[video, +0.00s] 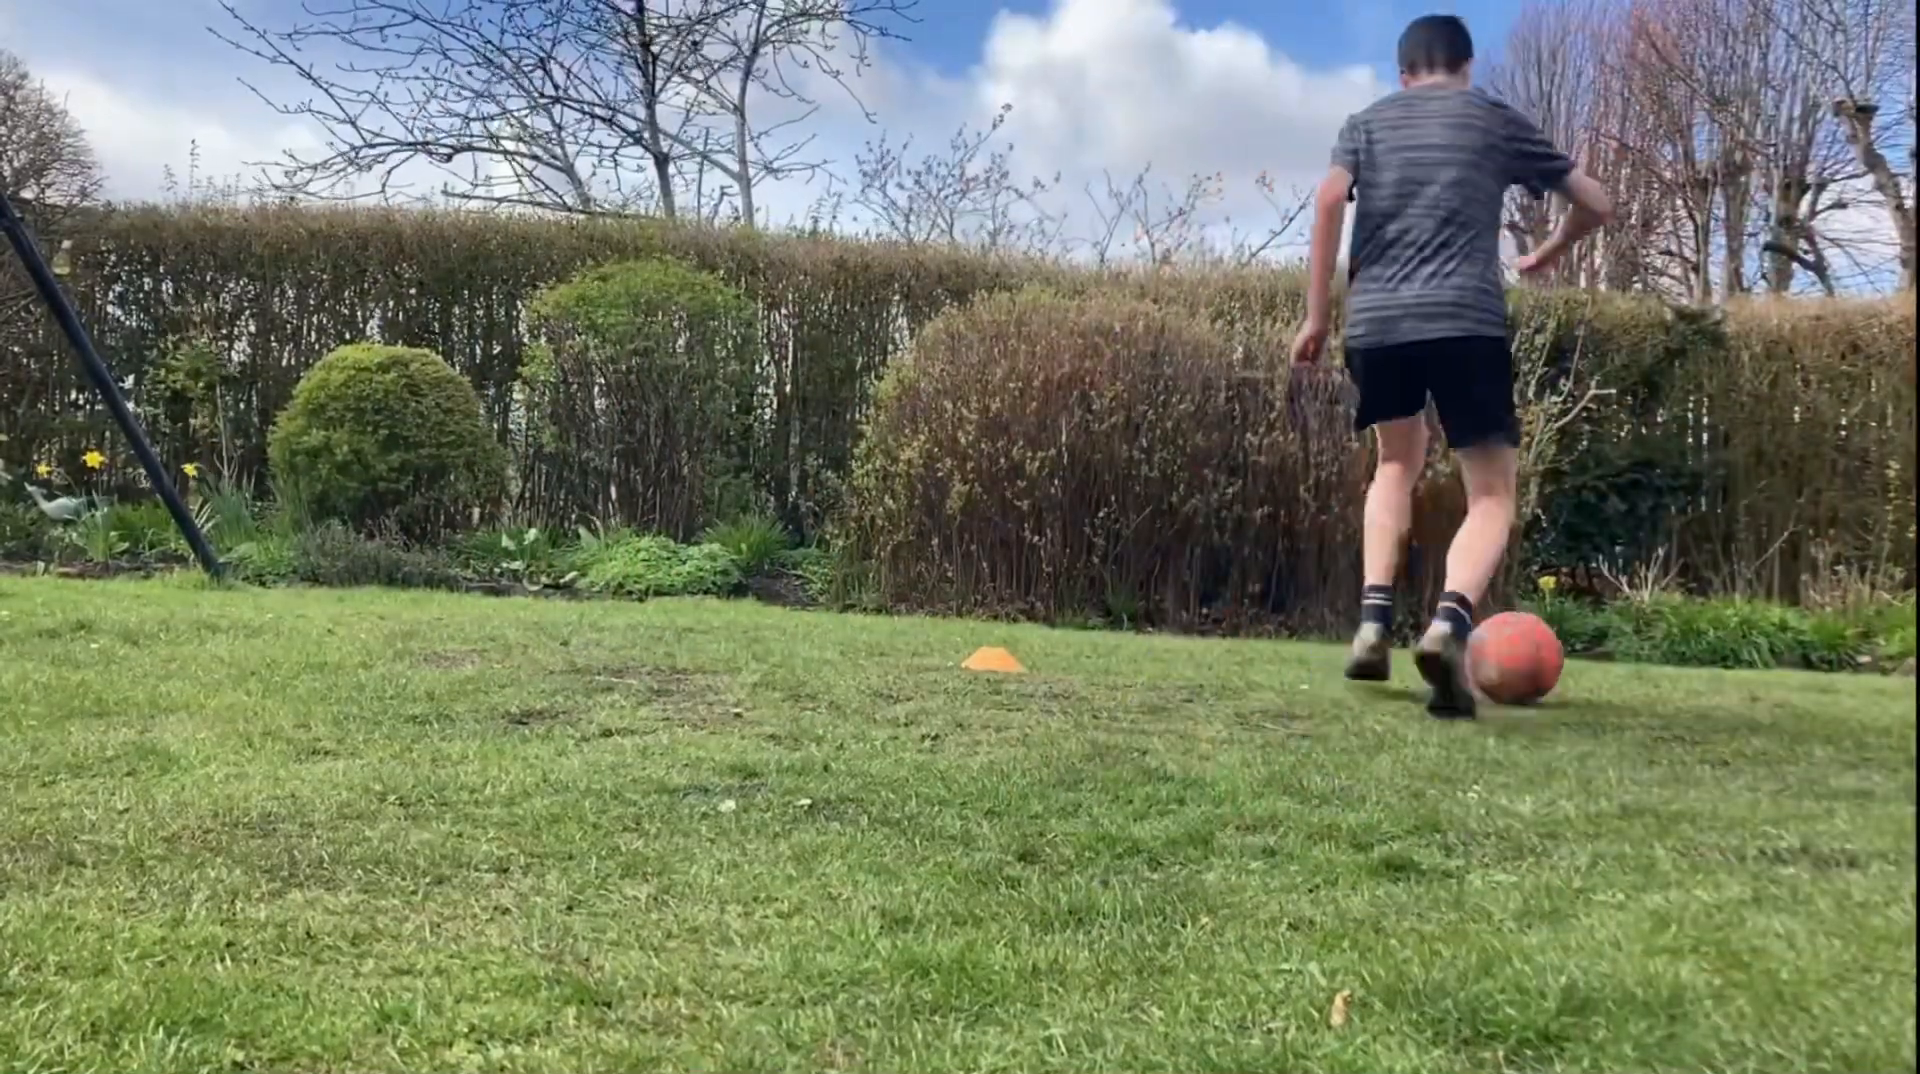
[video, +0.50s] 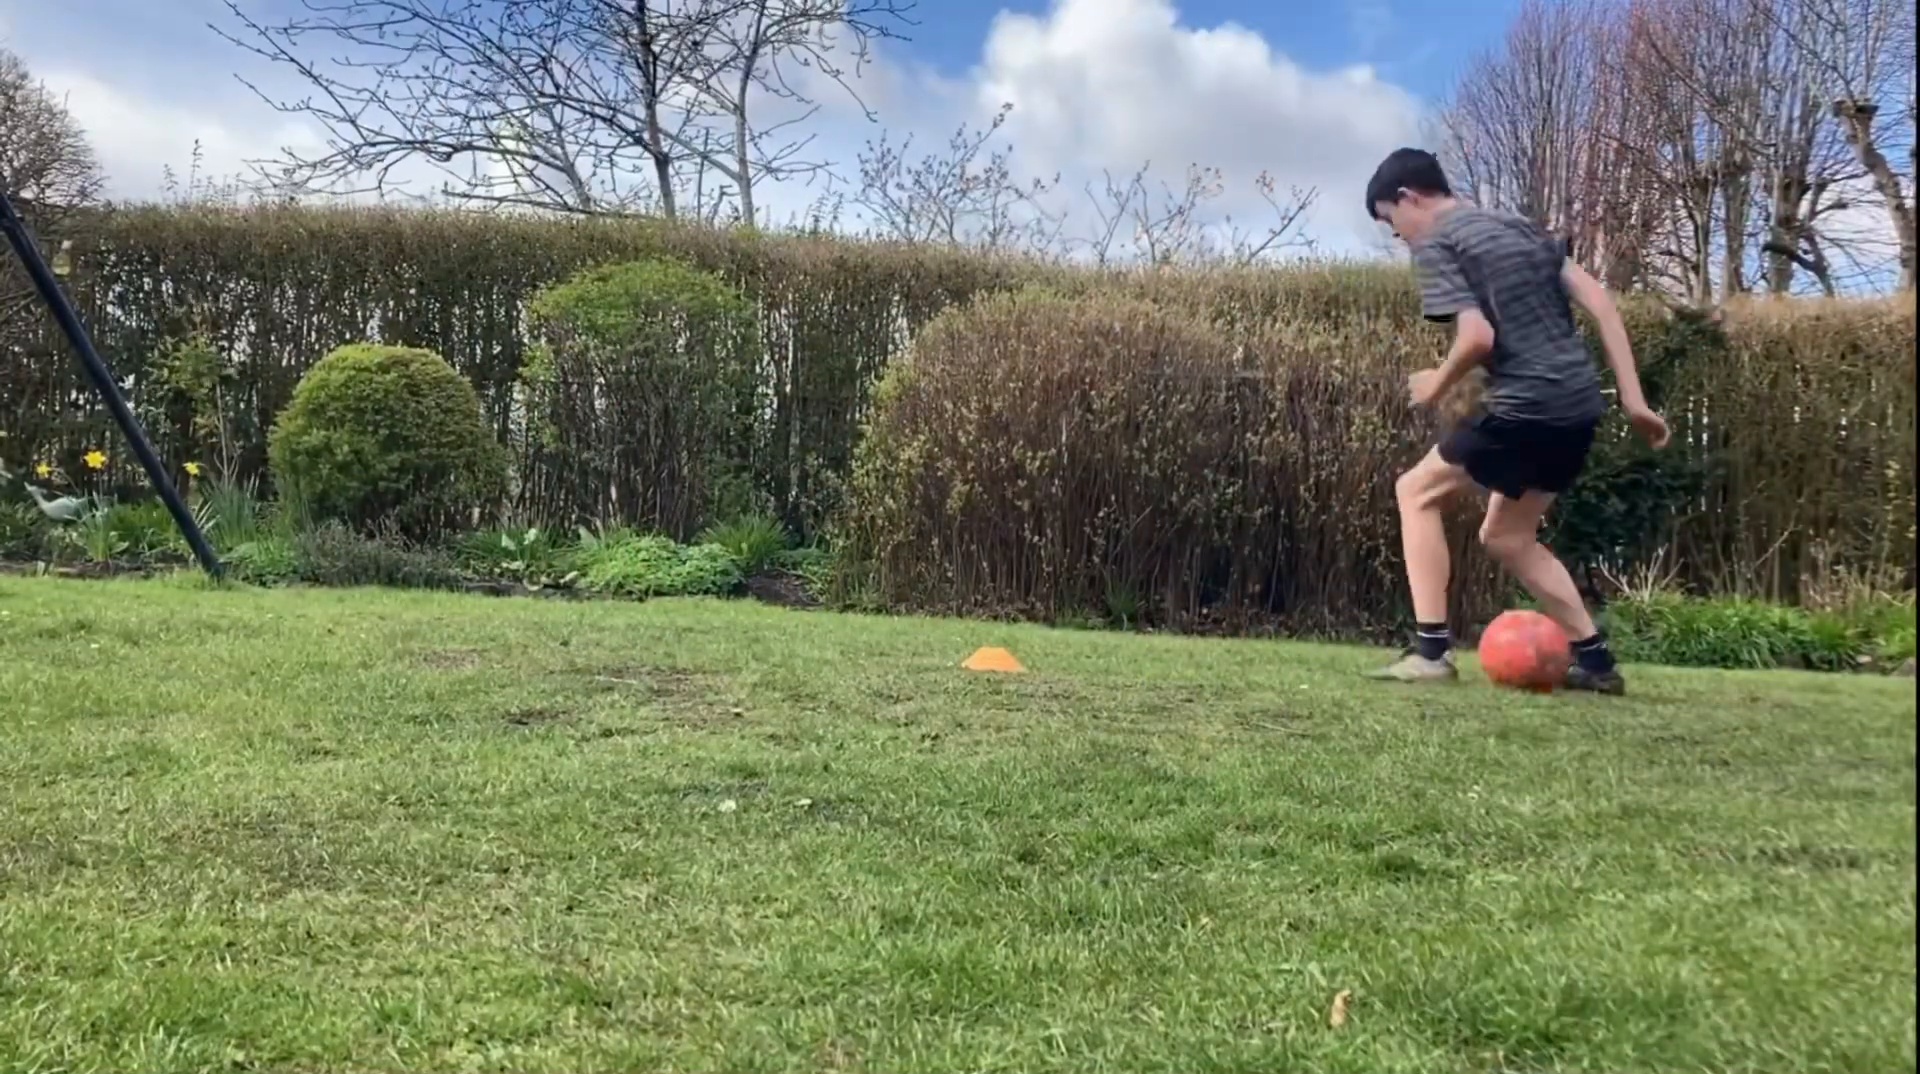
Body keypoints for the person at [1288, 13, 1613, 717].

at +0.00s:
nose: (1465, 82)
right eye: (1468, 71)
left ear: (1403, 69)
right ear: (1466, 67)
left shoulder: (1367, 122)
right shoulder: (1493, 118)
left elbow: (1328, 199)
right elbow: (1594, 204)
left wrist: (1315, 315)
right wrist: (1549, 251)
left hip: (1376, 326)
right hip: (1468, 323)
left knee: (1394, 463)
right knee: (1491, 494)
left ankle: (1373, 618)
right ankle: (1448, 623)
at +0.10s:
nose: (1453, 120)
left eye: (1402, 115)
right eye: (1457, 110)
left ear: (1397, 114)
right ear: (1460, 107)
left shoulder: (1364, 164)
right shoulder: (1495, 157)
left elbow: (1321, 249)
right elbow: (1612, 214)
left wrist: (1300, 344)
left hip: (1395, 365)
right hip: (1483, 358)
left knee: (1398, 503)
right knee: (1506, 497)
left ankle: (1404, 656)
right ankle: (1523, 570)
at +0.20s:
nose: (1455, 161)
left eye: (1409, 154)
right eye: (1460, 150)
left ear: (1406, 156)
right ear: (1466, 148)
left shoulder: (1376, 210)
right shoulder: (1495, 197)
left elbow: (1312, 315)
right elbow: (1616, 245)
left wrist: (1302, 374)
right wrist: (1716, 301)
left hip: (1396, 394)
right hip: (1482, 389)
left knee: (1399, 499)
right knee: (1516, 488)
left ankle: (1409, 650)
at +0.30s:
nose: (1415, 173)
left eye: (1403, 166)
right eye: (1460, 157)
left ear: (1403, 163)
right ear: (1460, 156)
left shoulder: (1386, 210)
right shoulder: (1495, 183)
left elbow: (1341, 328)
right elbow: (1592, 232)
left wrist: (1351, 348)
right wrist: (1676, 311)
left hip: (1435, 379)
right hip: (1517, 367)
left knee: (1415, 486)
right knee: (1500, 484)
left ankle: (1413, 627)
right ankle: (1588, 613)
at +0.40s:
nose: (1392, 200)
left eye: (1388, 189)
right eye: (1390, 190)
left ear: (1398, 178)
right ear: (1442, 163)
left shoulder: (1399, 227)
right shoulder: (1502, 193)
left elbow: (1399, 339)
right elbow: (1584, 253)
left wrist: (1417, 318)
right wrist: (1638, 342)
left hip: (1492, 382)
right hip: (1564, 375)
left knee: (1414, 478)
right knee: (1482, 481)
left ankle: (1420, 637)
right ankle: (1576, 602)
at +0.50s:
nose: (1399, 236)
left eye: (1392, 221)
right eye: (1390, 227)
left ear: (1411, 197)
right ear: (1440, 192)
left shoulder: (1437, 243)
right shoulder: (1519, 228)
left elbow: (1477, 335)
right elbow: (1599, 299)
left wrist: (1437, 381)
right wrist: (1634, 399)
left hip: (1523, 407)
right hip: (1580, 408)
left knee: (1416, 491)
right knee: (1508, 535)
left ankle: (1430, 653)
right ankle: (1595, 661)